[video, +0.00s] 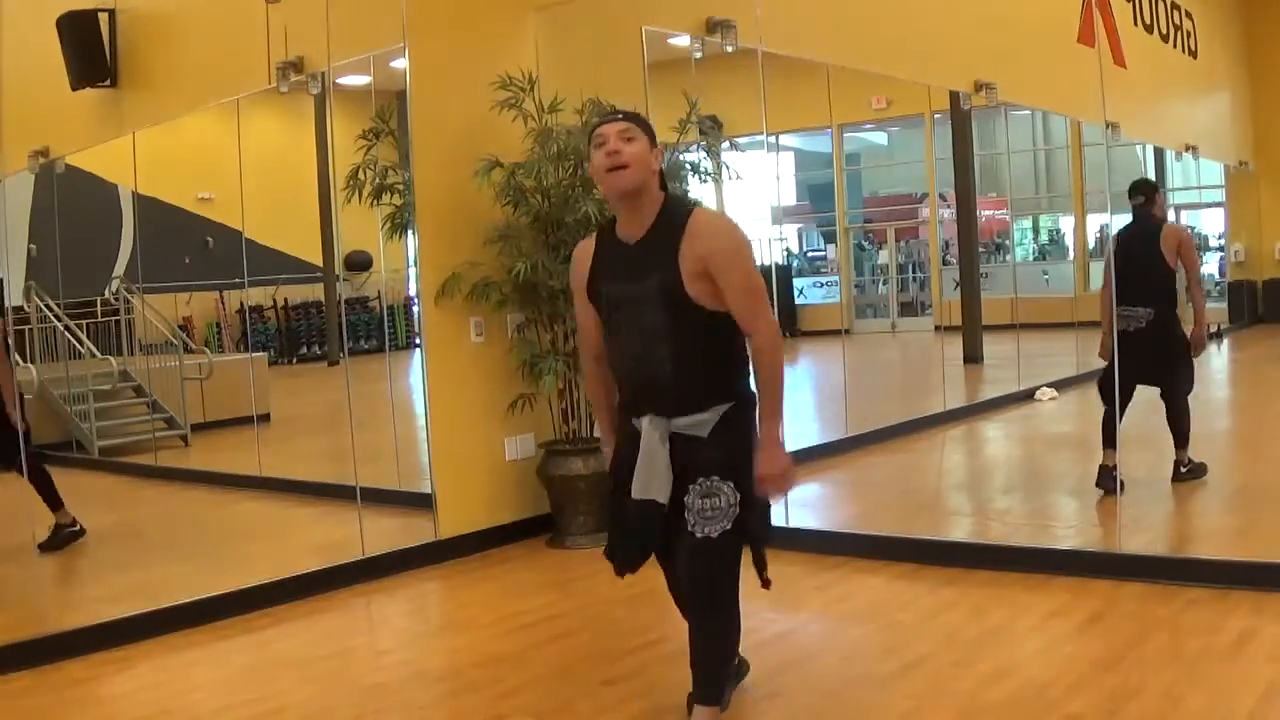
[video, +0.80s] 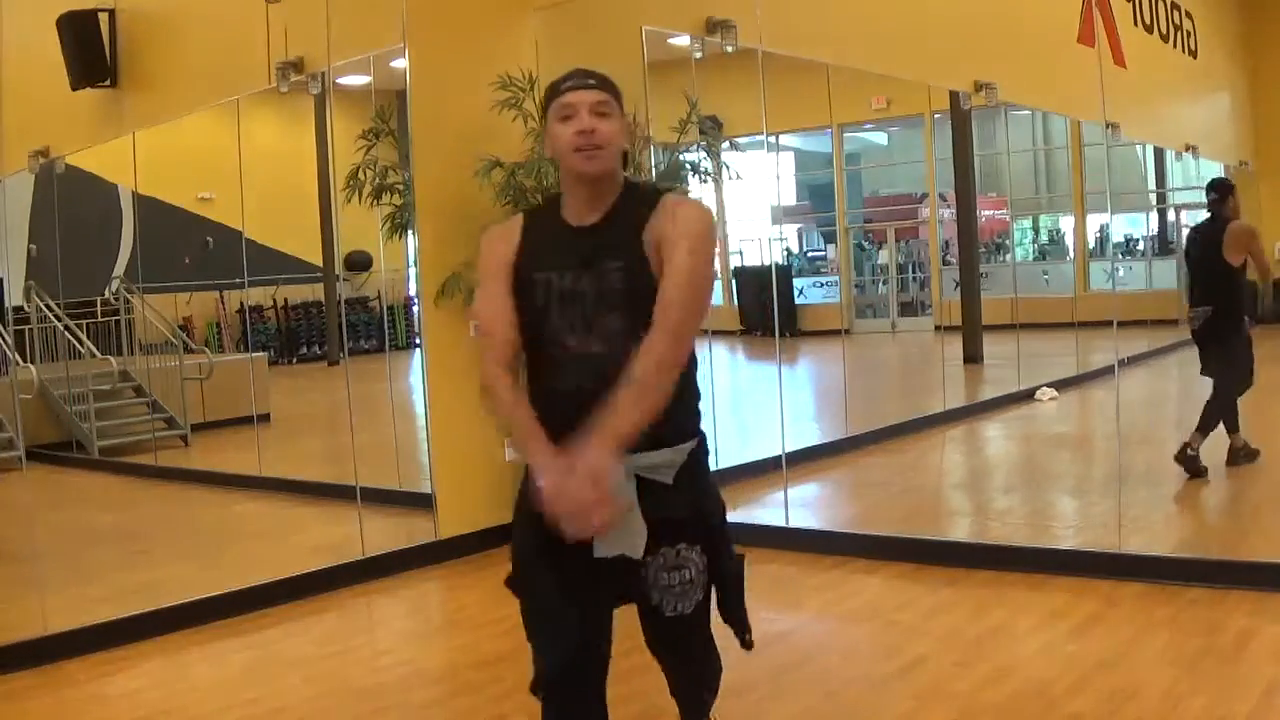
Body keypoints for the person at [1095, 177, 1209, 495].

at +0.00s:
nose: (1166, 204)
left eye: (1163, 199)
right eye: (1163, 199)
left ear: (1134, 204)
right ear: (1156, 201)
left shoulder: (1117, 240)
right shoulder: (1176, 234)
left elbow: (1107, 290)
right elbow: (1194, 284)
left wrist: (1106, 335)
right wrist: (1199, 326)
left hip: (1125, 336)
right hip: (1163, 335)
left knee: (1114, 402)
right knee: (1176, 397)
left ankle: (1107, 468)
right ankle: (1182, 462)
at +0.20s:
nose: (1192, 200)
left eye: (1191, 194)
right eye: (1189, 195)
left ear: (1162, 200)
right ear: (1180, 198)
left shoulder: (1145, 234)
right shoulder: (1191, 231)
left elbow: (1141, 286)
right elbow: (1211, 275)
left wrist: (1142, 326)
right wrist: (1212, 296)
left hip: (1149, 326)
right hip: (1182, 325)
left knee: (1154, 389)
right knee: (1193, 392)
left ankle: (1121, 435)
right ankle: (1184, 461)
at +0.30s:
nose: (1203, 197)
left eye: (1201, 191)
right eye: (1200, 191)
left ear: (1173, 195)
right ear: (1190, 193)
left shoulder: (1157, 228)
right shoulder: (1197, 227)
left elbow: (1169, 266)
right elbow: (1225, 262)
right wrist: (1226, 251)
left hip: (1157, 319)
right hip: (1186, 320)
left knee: (1174, 382)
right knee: (1196, 387)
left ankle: (1143, 440)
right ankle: (1184, 462)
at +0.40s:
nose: (1213, 198)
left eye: (1213, 192)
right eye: (1211, 192)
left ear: (1186, 193)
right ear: (1199, 192)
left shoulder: (1167, 225)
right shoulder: (1200, 221)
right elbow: (1235, 234)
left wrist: (1207, 316)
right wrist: (1232, 205)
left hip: (1166, 316)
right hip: (1189, 318)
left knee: (1187, 382)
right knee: (1195, 384)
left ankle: (1179, 452)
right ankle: (1182, 459)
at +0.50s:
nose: (1221, 198)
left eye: (1220, 192)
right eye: (1219, 192)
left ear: (1196, 194)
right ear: (1209, 193)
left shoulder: (1179, 224)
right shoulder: (1206, 221)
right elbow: (1233, 216)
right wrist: (1218, 201)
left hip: (1175, 316)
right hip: (1196, 317)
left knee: (1201, 380)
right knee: (1195, 386)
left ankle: (1211, 442)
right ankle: (1183, 461)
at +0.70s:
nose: (1233, 201)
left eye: (1230, 196)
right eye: (1230, 196)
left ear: (1205, 199)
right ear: (1223, 197)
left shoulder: (1189, 231)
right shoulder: (1230, 227)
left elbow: (1203, 277)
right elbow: (1255, 250)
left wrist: (1233, 309)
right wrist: (1232, 222)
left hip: (1190, 317)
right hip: (1214, 318)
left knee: (1219, 382)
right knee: (1210, 385)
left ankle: (1236, 444)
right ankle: (1184, 458)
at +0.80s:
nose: (1239, 203)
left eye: (1236, 197)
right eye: (1236, 198)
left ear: (1210, 202)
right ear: (1230, 199)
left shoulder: (1195, 233)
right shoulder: (1242, 231)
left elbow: (1196, 275)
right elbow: (1265, 272)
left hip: (1199, 318)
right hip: (1226, 319)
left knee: (1225, 381)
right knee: (1233, 381)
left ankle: (1237, 445)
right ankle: (1191, 447)